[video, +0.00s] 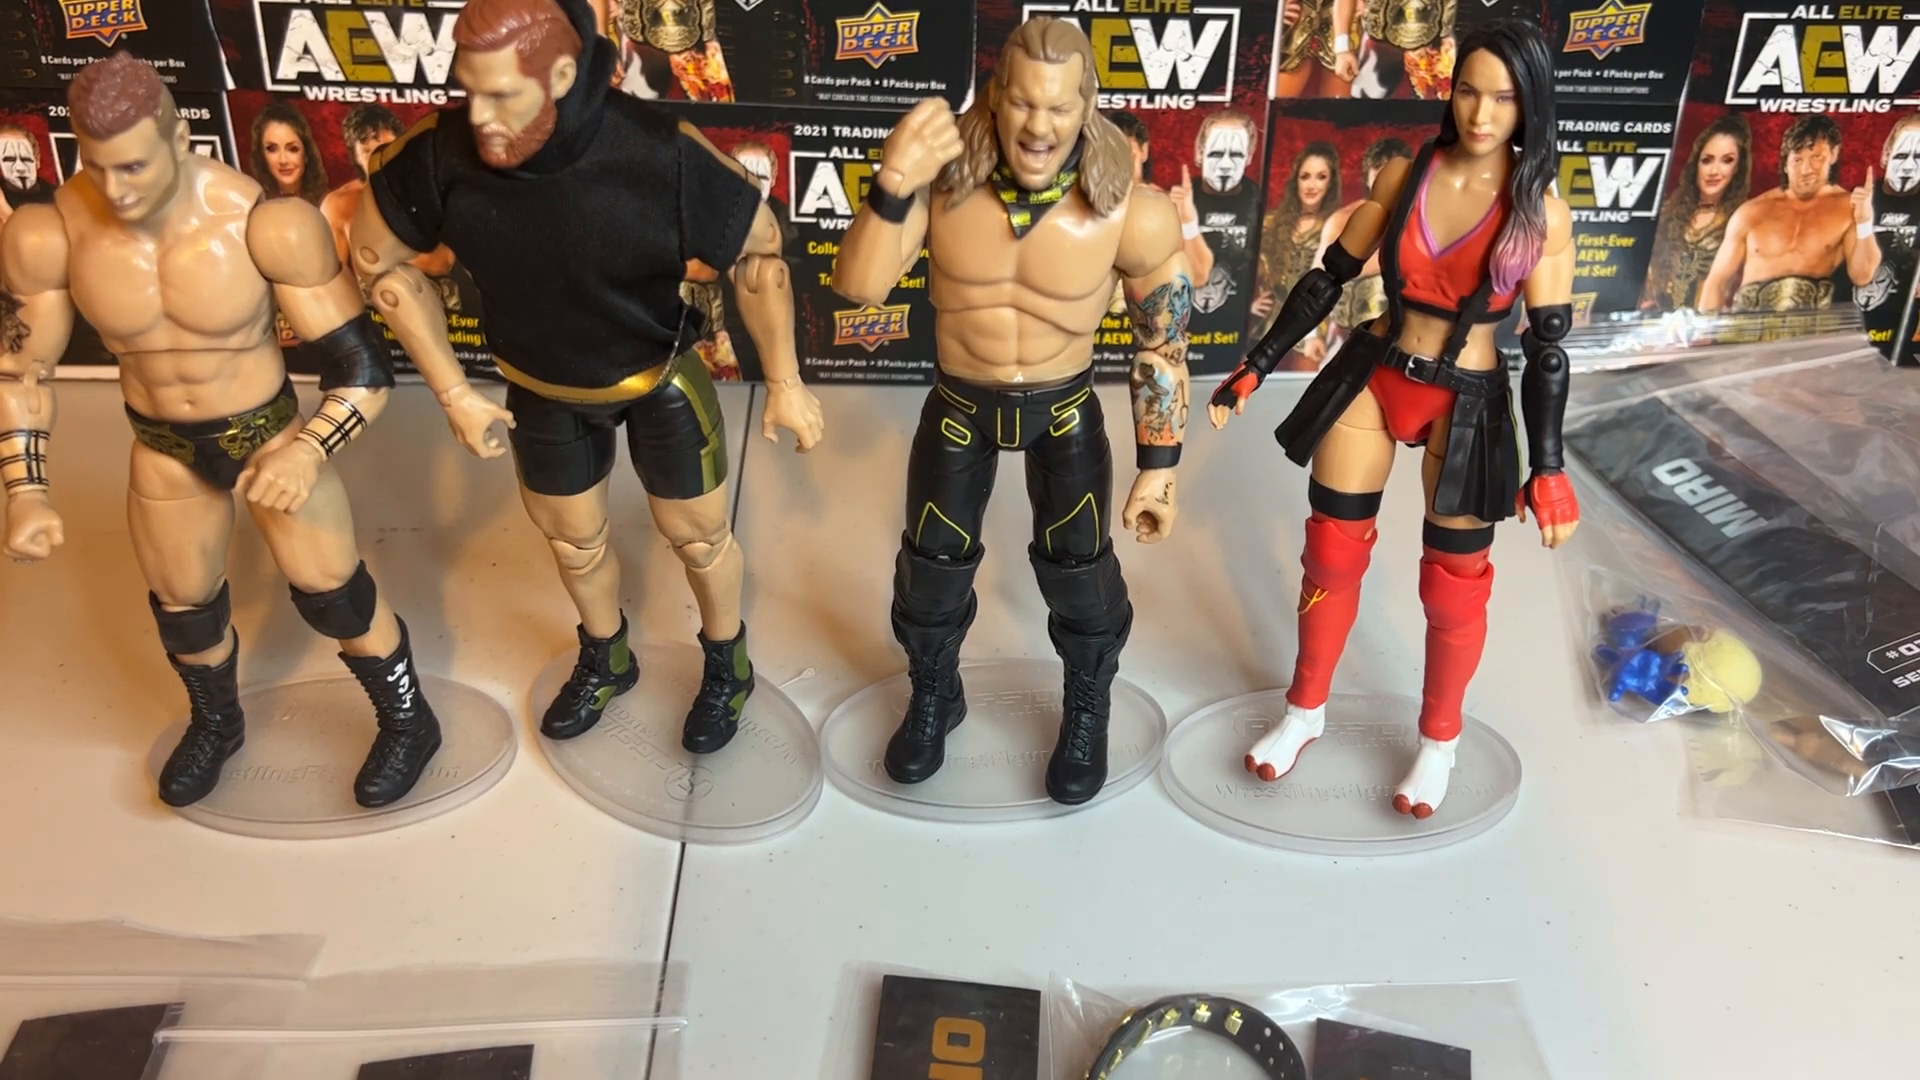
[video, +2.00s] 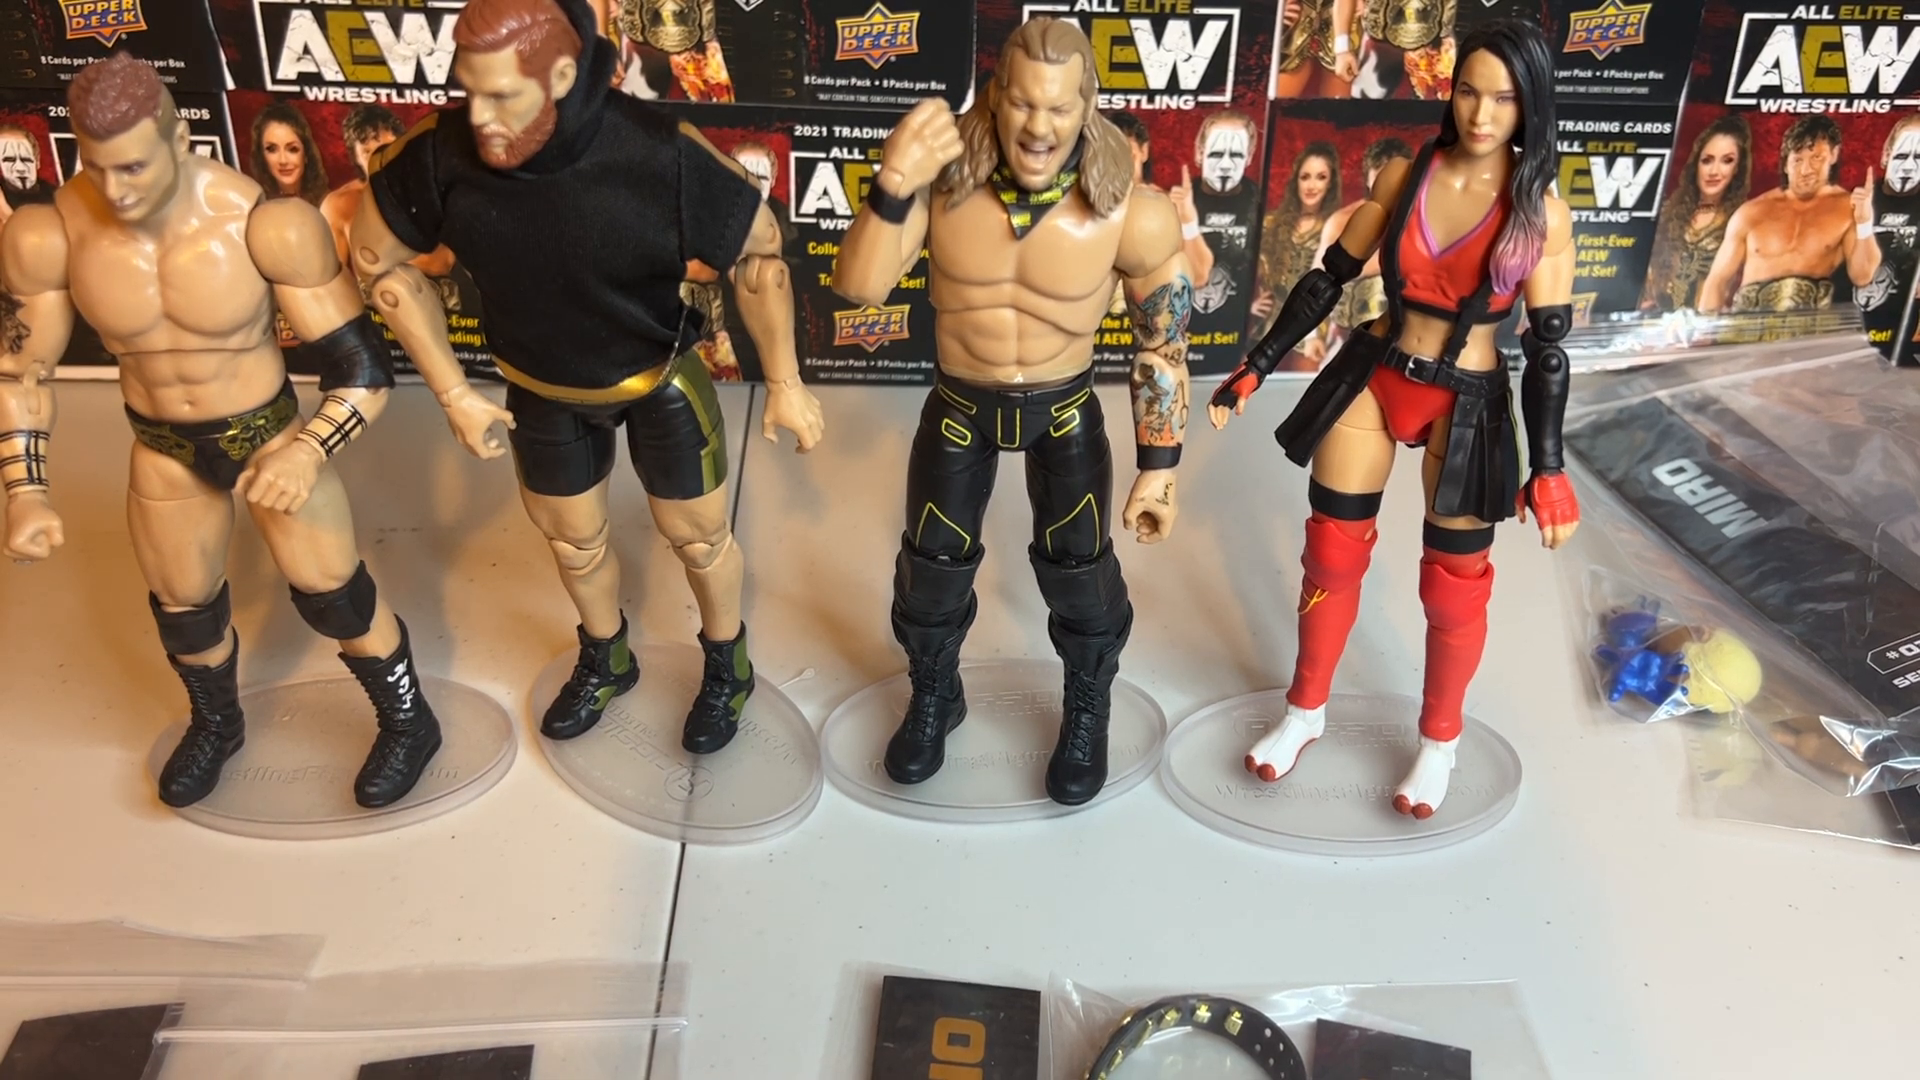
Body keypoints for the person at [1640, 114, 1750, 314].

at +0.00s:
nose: (1714, 171)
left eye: (1727, 160)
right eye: (1706, 160)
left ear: (1739, 168)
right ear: (1695, 164)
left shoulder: (1743, 218)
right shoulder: (1671, 212)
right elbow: (1655, 265)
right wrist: (1649, 298)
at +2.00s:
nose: (1714, 171)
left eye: (1727, 161)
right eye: (1707, 160)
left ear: (1738, 168)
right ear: (1695, 164)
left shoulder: (1743, 219)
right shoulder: (1670, 213)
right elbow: (1654, 266)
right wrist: (1650, 299)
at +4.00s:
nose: (1714, 171)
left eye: (1727, 161)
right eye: (1707, 160)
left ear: (1739, 168)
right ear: (1695, 164)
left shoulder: (1742, 220)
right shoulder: (1670, 213)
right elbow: (1654, 268)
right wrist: (1649, 300)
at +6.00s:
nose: (1714, 171)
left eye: (1727, 161)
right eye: (1707, 160)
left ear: (1739, 168)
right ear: (1695, 164)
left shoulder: (1742, 219)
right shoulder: (1671, 212)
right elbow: (1655, 265)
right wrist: (1649, 300)